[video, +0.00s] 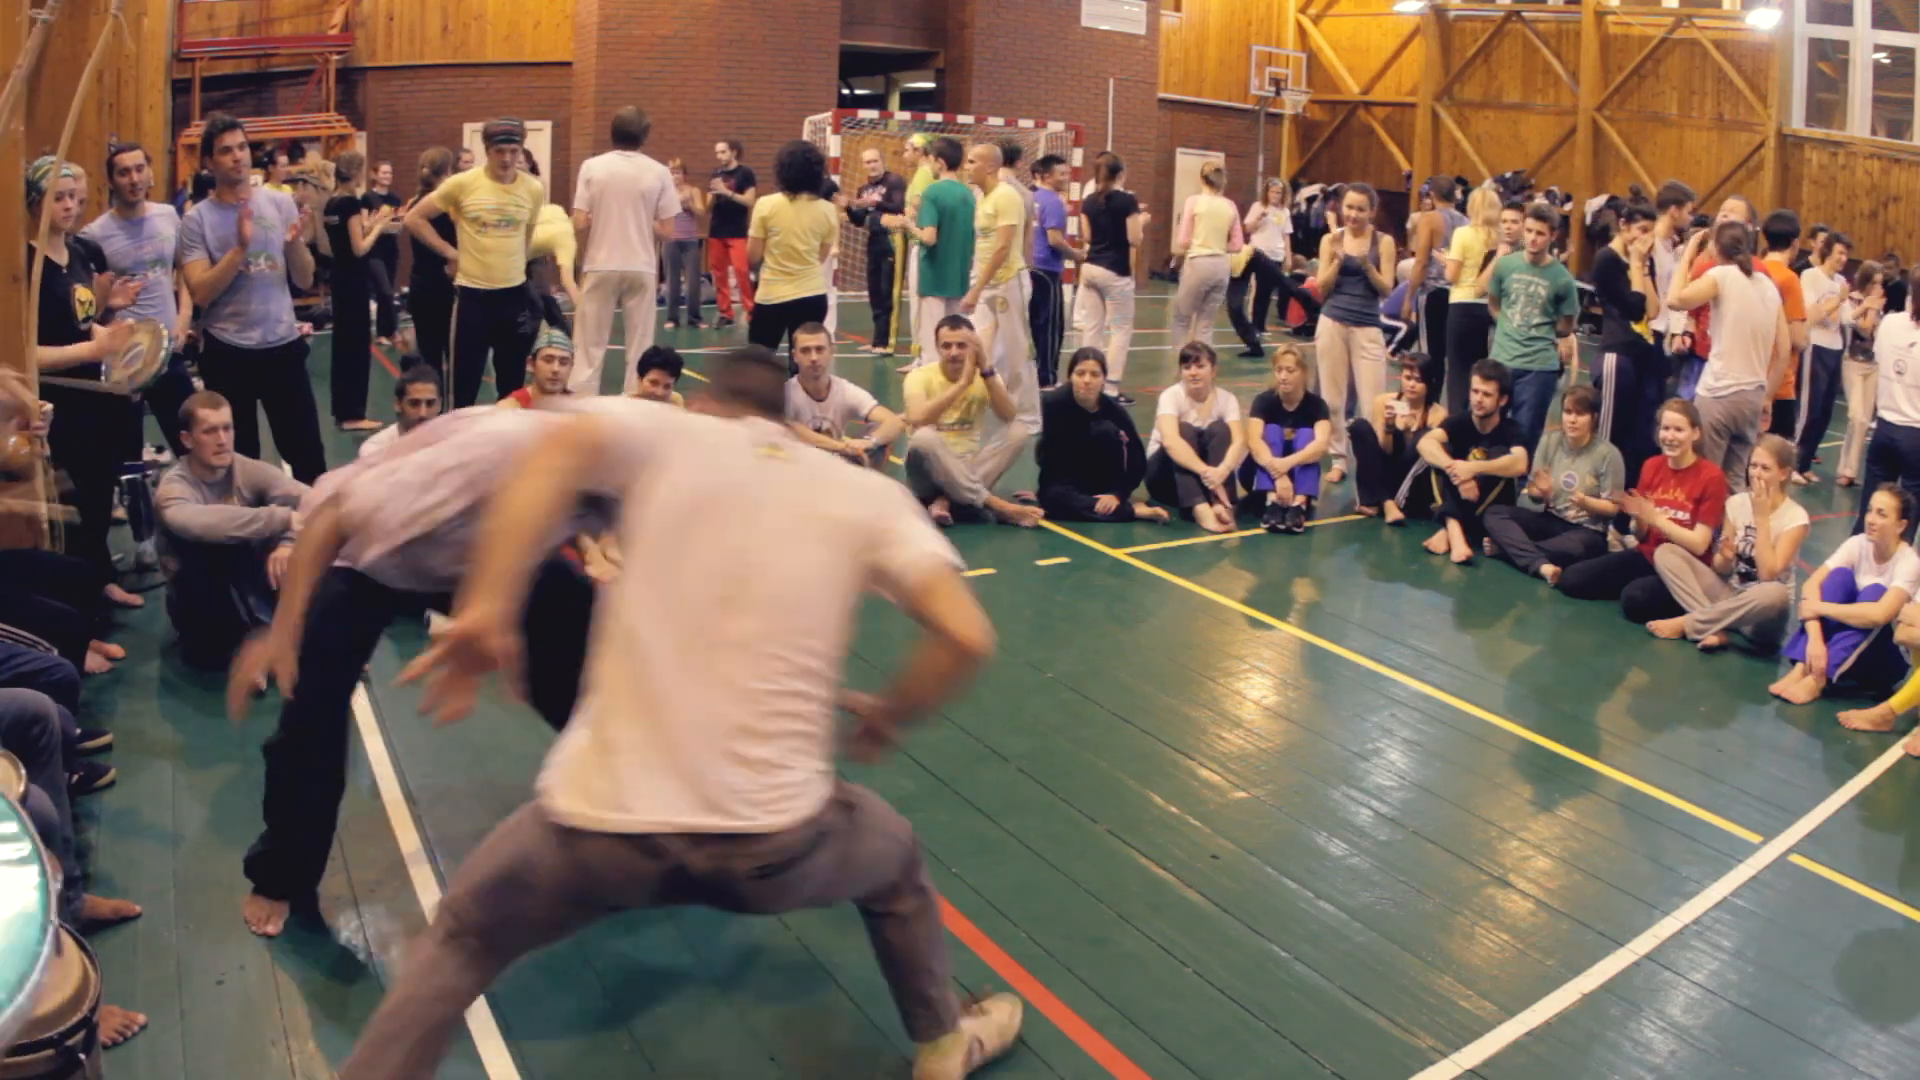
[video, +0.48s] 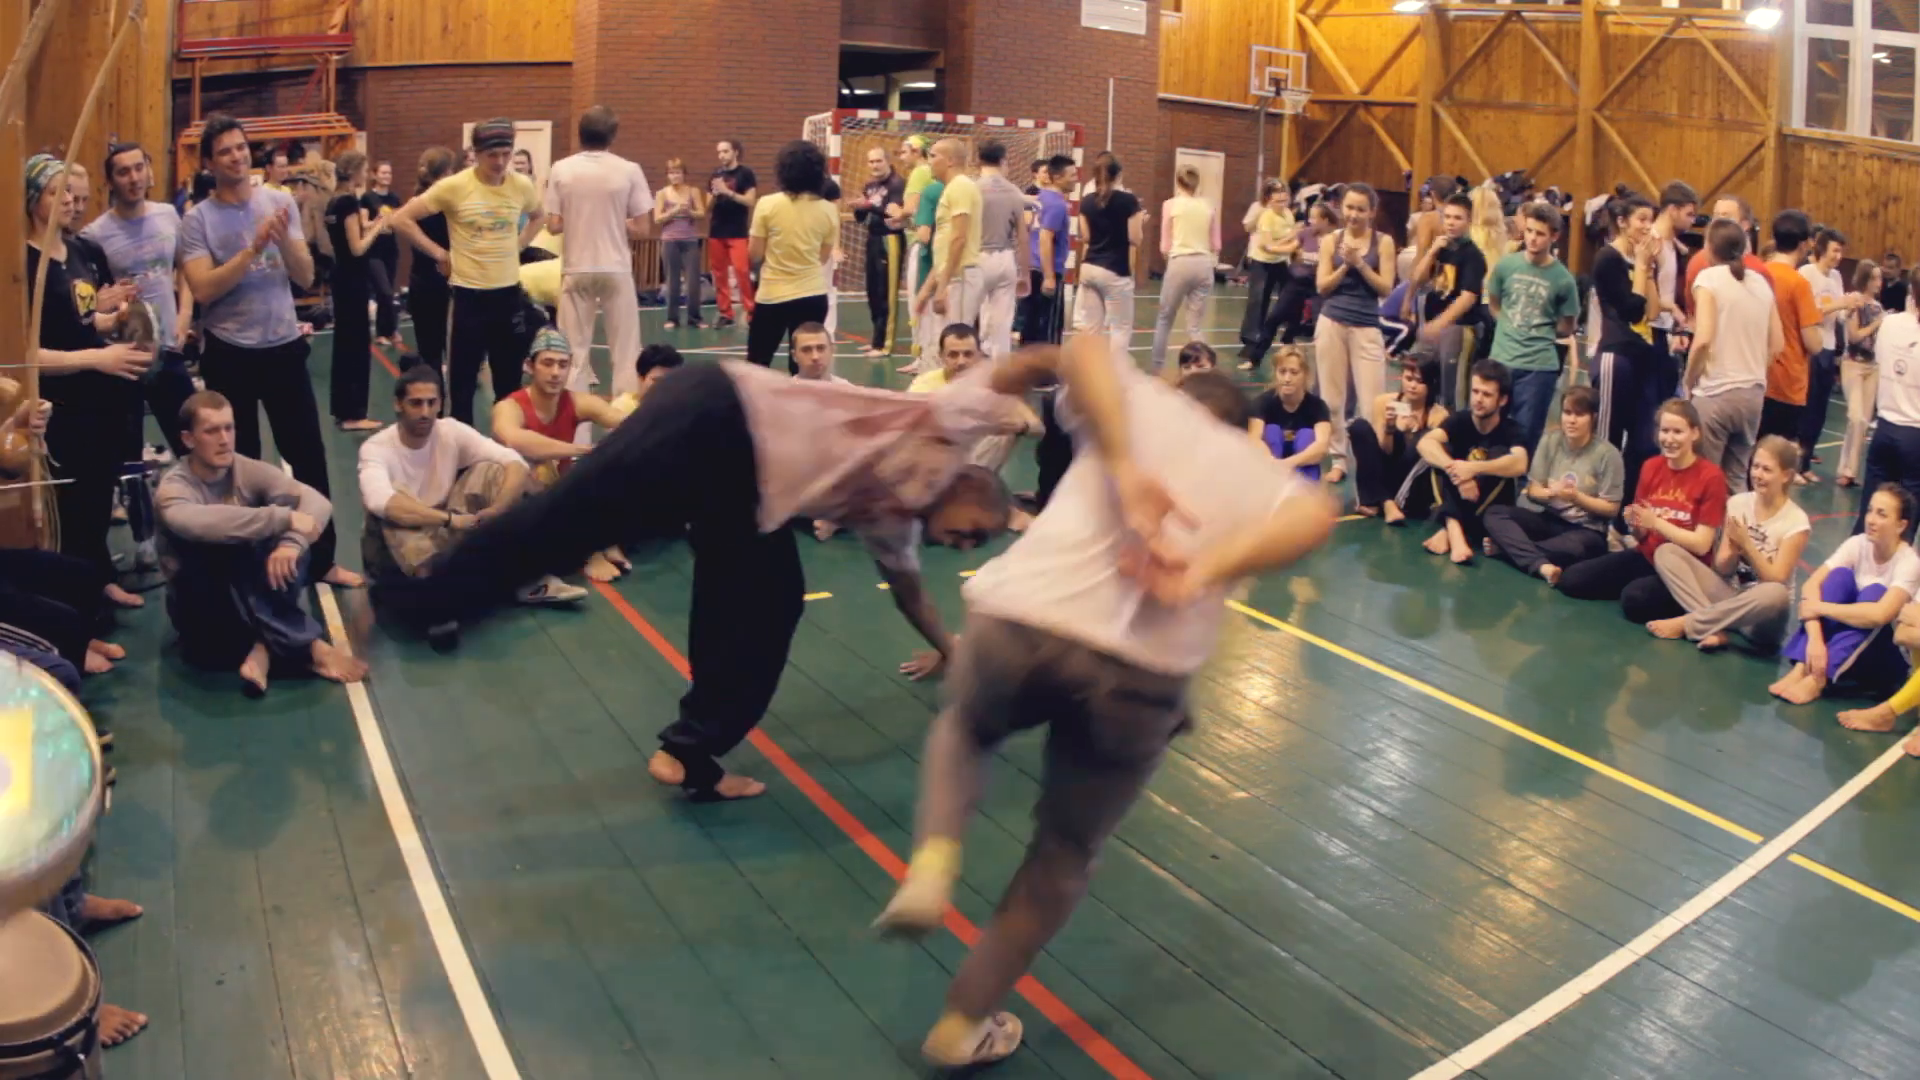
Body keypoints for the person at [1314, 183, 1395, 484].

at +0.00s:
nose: (1353, 214)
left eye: (1360, 209)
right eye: (1349, 208)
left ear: (1371, 211)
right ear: (1342, 208)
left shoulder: (1383, 242)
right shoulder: (1330, 239)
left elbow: (1386, 287)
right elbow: (1323, 285)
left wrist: (1367, 265)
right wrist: (1336, 261)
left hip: (1367, 323)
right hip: (1332, 320)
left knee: (1371, 397)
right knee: (1333, 396)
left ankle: (1371, 461)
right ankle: (1338, 457)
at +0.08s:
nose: (1353, 214)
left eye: (1360, 209)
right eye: (1349, 208)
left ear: (1372, 212)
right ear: (1342, 208)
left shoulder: (1383, 242)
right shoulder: (1331, 239)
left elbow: (1384, 287)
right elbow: (1323, 285)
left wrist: (1359, 263)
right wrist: (1347, 265)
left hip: (1367, 324)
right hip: (1331, 321)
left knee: (1371, 397)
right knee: (1333, 396)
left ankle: (1372, 461)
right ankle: (1338, 457)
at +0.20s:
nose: (1354, 215)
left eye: (1361, 210)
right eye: (1350, 208)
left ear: (1371, 212)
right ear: (1342, 209)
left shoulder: (1383, 242)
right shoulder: (1331, 239)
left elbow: (1386, 287)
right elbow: (1321, 286)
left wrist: (1363, 263)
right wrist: (1338, 259)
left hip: (1367, 324)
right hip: (1331, 321)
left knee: (1371, 398)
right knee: (1333, 396)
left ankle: (1371, 462)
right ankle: (1338, 458)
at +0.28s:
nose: (1354, 215)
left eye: (1360, 209)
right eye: (1349, 208)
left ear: (1371, 212)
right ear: (1341, 208)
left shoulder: (1383, 242)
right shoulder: (1330, 239)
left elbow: (1386, 288)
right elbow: (1322, 286)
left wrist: (1366, 264)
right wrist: (1333, 256)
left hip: (1367, 324)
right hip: (1331, 321)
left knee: (1371, 398)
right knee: (1333, 397)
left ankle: (1370, 462)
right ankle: (1338, 459)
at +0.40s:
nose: (1354, 214)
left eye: (1360, 209)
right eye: (1349, 208)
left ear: (1371, 212)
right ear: (1341, 208)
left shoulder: (1383, 242)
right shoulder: (1331, 240)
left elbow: (1383, 288)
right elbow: (1323, 286)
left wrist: (1358, 262)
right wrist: (1347, 264)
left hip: (1367, 324)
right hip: (1331, 321)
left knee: (1370, 397)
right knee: (1333, 396)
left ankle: (1370, 461)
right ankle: (1338, 458)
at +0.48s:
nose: (1354, 214)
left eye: (1360, 209)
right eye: (1349, 208)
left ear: (1371, 212)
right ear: (1342, 208)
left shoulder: (1383, 242)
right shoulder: (1330, 240)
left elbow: (1385, 287)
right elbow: (1322, 286)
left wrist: (1359, 264)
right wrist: (1345, 266)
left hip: (1366, 324)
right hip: (1331, 321)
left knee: (1370, 398)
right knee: (1333, 396)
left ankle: (1369, 462)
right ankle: (1338, 457)